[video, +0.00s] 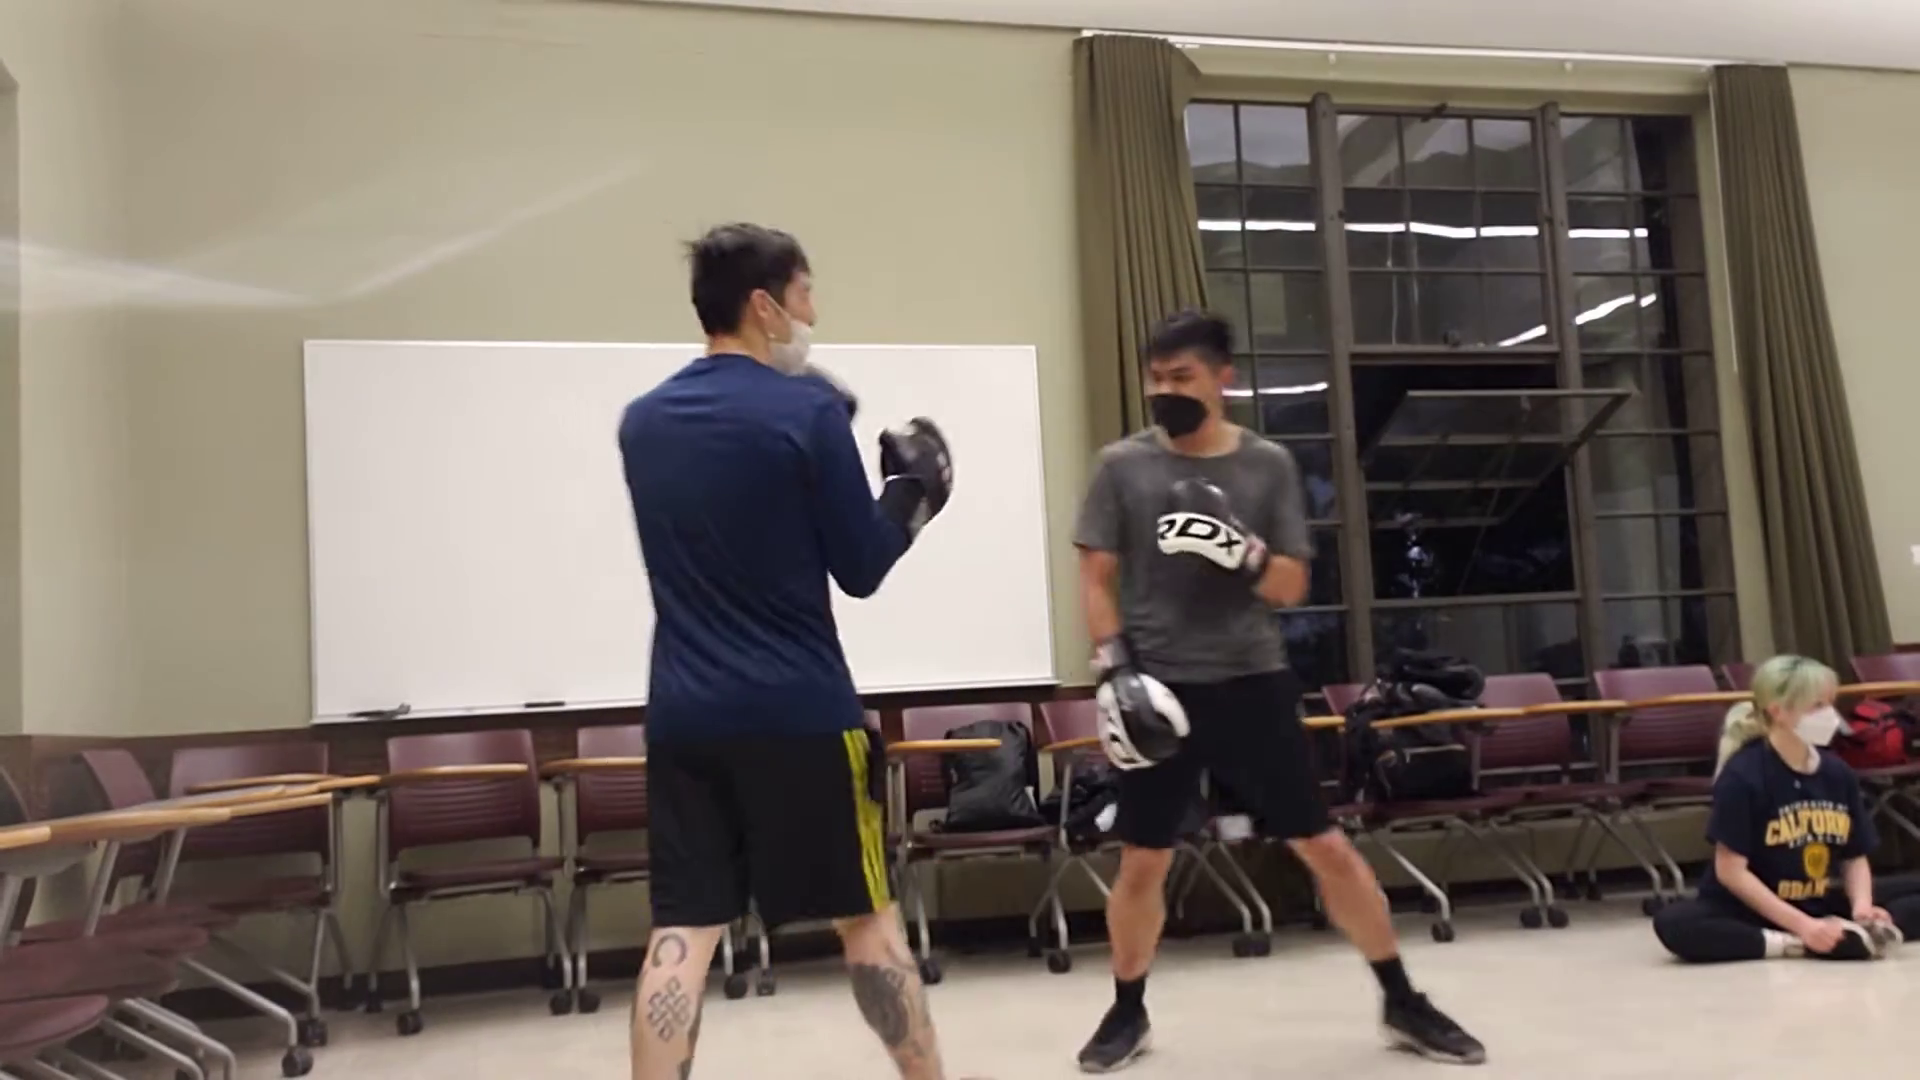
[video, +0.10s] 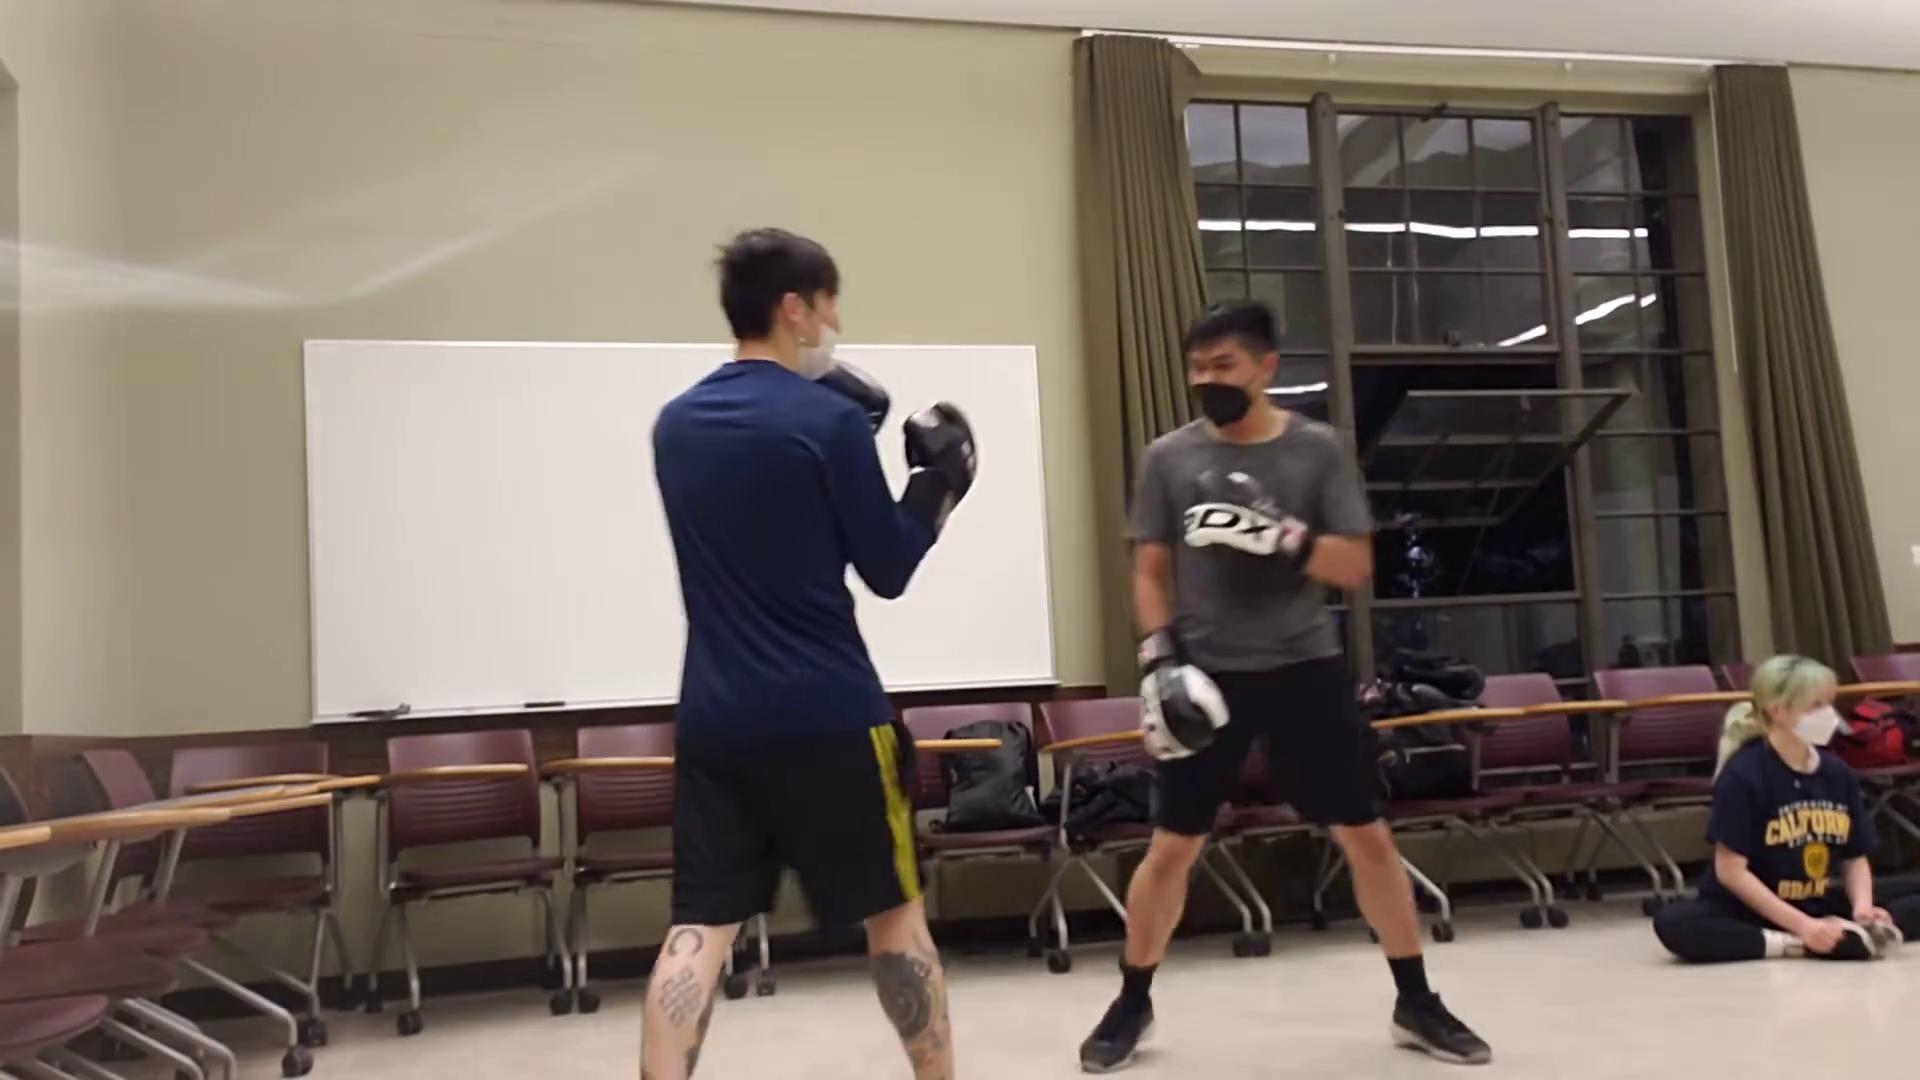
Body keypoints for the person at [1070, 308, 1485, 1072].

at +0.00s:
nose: (1167, 394)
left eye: (1182, 379)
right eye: (1156, 381)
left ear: (1224, 377)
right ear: (1145, 384)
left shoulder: (1268, 464)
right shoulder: (1121, 468)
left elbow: (1292, 586)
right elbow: (1096, 577)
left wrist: (1241, 550)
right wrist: (1114, 670)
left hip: (1254, 687)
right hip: (1158, 689)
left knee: (1321, 844)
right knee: (1140, 865)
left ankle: (1401, 999)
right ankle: (1126, 1012)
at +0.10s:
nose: (1210, 382)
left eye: (1224, 366)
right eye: (1199, 370)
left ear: (1267, 364)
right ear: (1189, 374)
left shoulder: (1321, 450)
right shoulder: (1167, 459)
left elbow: (1355, 569)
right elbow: (1150, 571)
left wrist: (1284, 536)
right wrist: (1161, 659)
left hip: (1307, 674)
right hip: (1206, 676)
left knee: (1367, 833)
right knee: (1170, 847)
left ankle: (1417, 1000)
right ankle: (1131, 1002)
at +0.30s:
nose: (1274, 368)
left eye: (1289, 351)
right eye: (1263, 354)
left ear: (1332, 345)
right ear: (1251, 354)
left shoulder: (1388, 422)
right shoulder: (1237, 440)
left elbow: (1435, 538)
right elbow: (1221, 552)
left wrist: (1362, 512)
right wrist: (1230, 636)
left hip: (1374, 654)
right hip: (1272, 657)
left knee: (1403, 821)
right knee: (1235, 822)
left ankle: (1421, 1000)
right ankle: (1213, 998)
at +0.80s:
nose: (1332, 392)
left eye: (1344, 376)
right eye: (1321, 377)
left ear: (1386, 355)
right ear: (1309, 364)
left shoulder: (1442, 416)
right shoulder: (1300, 420)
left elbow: (1444, 533)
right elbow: (1272, 534)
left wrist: (1346, 485)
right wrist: (1273, 619)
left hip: (1424, 656)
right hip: (1323, 654)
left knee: (1456, 834)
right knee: (1294, 834)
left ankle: (1447, 986)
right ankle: (1270, 1020)